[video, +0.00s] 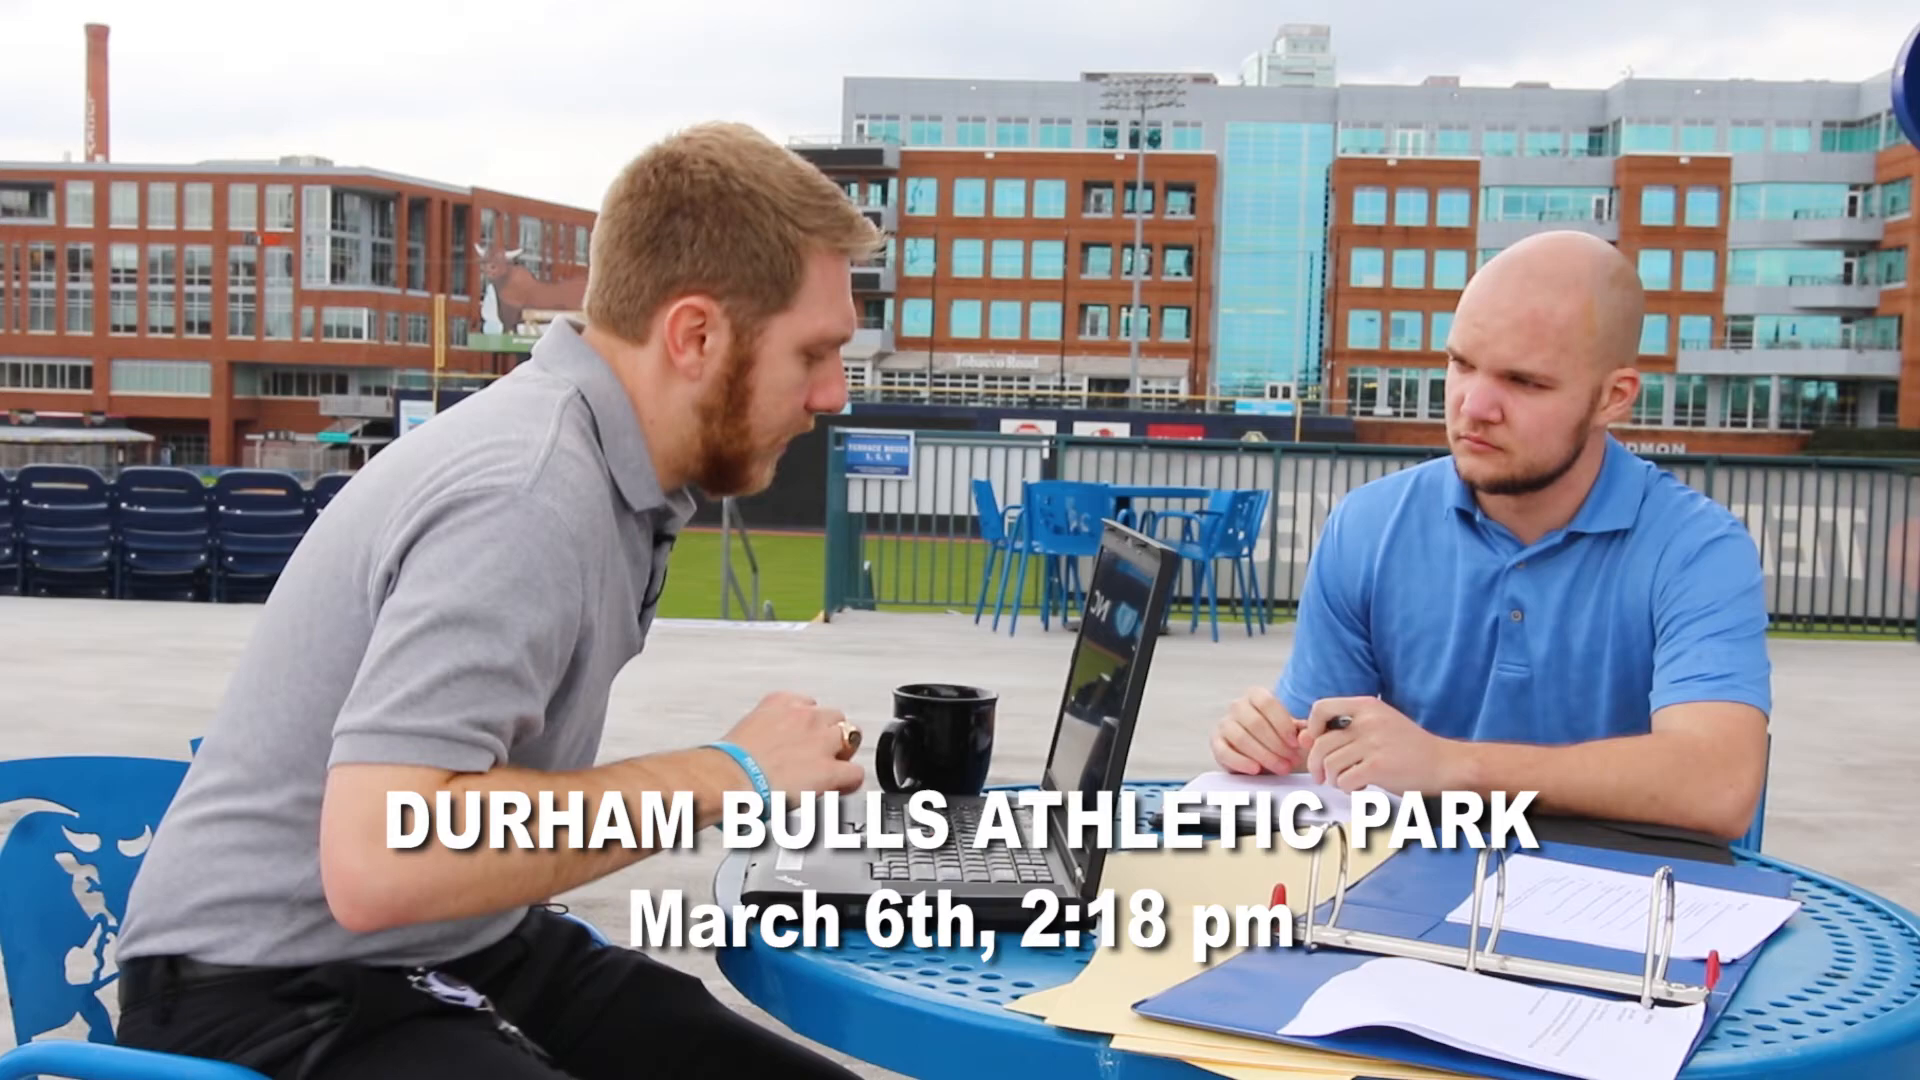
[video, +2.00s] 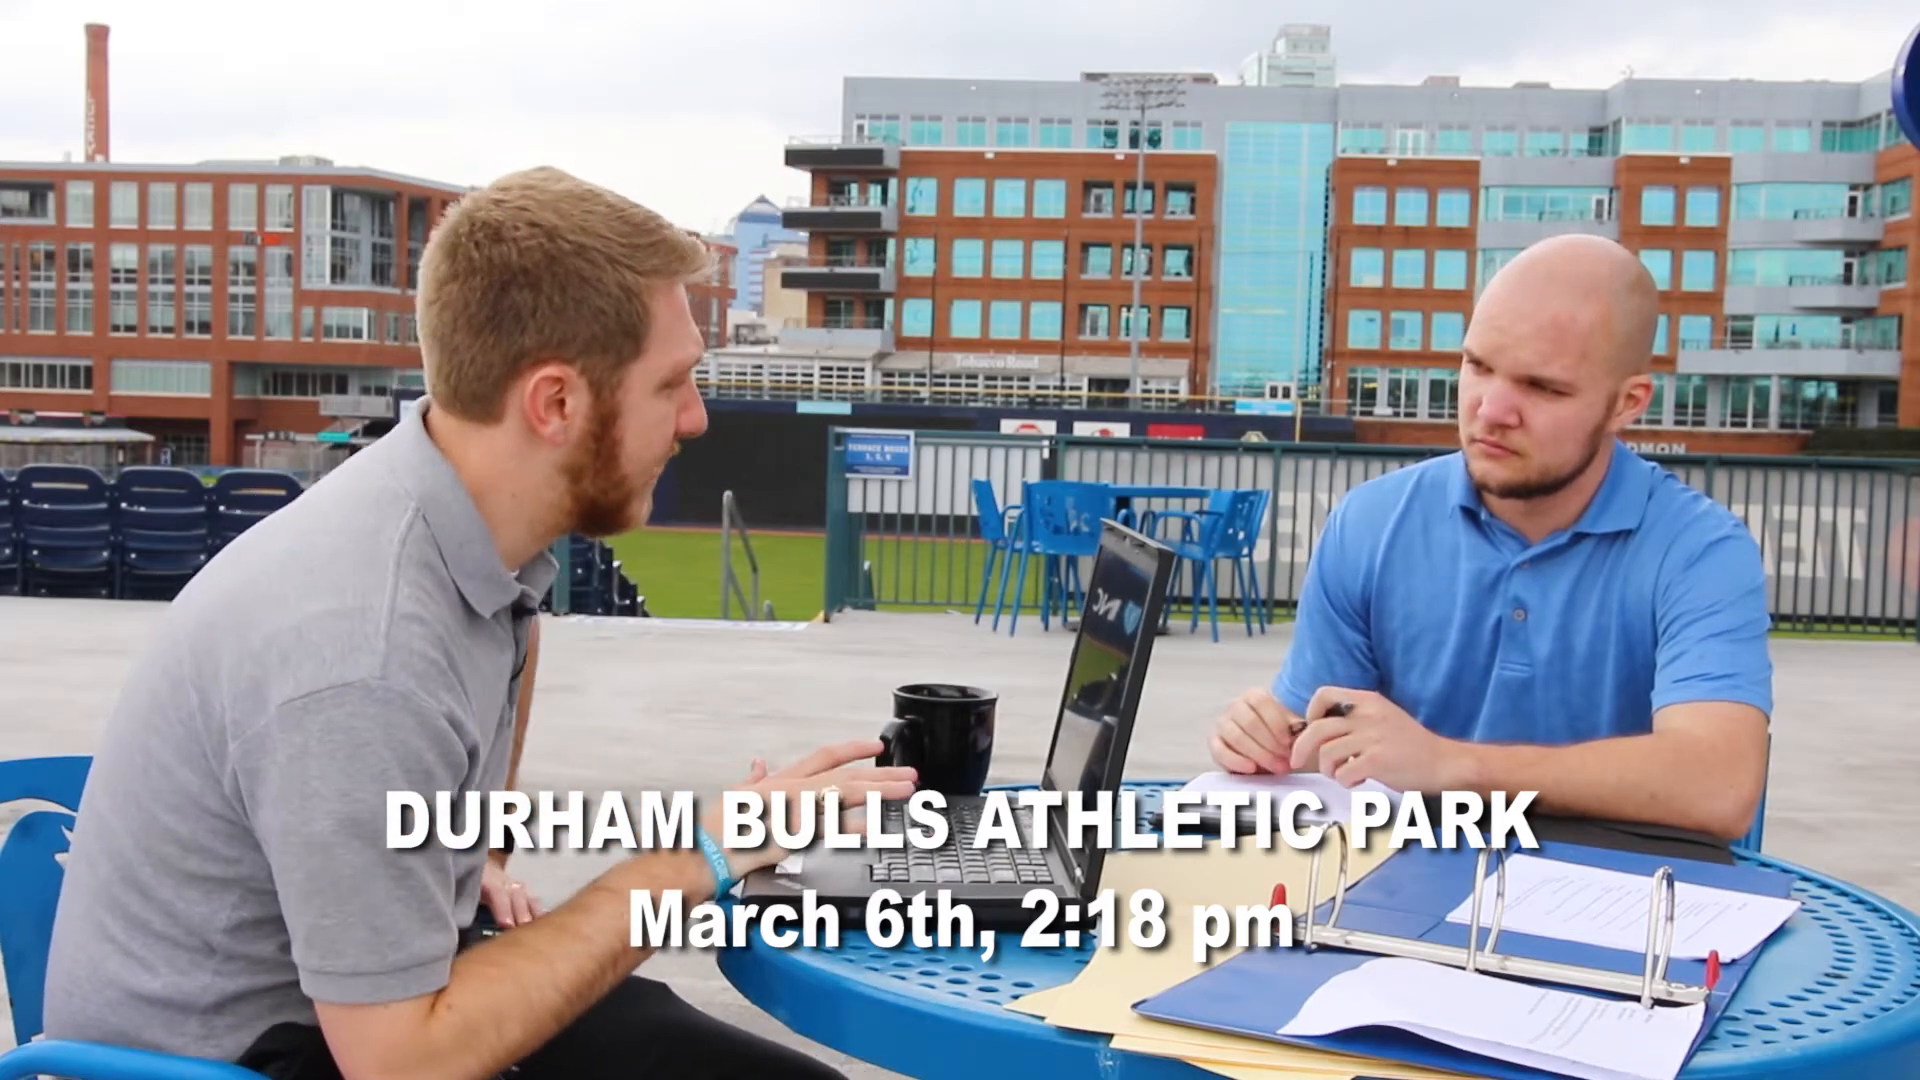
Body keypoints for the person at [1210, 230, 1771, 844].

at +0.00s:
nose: (1474, 405)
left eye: (1523, 381)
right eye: (1463, 364)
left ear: (1613, 398)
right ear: (1448, 355)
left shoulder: (1695, 548)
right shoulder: (1368, 527)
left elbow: (1714, 783)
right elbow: (1315, 731)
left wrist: (1449, 764)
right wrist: (1270, 736)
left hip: (1627, 915)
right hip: (1399, 894)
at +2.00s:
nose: (1492, 409)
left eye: (1542, 387)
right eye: (1480, 367)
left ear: (1625, 406)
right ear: (1462, 356)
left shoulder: (1696, 549)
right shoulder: (1369, 524)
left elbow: (1713, 784)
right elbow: (1304, 723)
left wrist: (1448, 763)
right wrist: (1264, 733)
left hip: (1620, 915)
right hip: (1393, 891)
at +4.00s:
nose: (1498, 410)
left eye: (1548, 387)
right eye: (1486, 366)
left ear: (1631, 406)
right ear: (1467, 355)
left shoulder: (1697, 552)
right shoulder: (1371, 524)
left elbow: (1713, 786)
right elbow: (1305, 728)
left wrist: (1449, 763)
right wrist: (1261, 736)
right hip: (1394, 892)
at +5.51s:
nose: (1425, 458)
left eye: (1464, 424)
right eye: (1400, 421)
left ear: (1550, 393)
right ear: (1379, 393)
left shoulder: (1661, 536)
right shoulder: (1341, 538)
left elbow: (1707, 783)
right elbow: (1308, 755)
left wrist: (1486, 769)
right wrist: (1261, 753)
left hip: (1615, 908)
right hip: (1395, 893)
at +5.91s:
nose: (1422, 461)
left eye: (1462, 428)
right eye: (1396, 424)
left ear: (1547, 396)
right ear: (1376, 395)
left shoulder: (1658, 537)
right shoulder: (1336, 542)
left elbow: (1707, 782)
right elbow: (1305, 757)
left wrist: (1479, 770)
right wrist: (1260, 753)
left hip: (1615, 907)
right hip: (1399, 895)